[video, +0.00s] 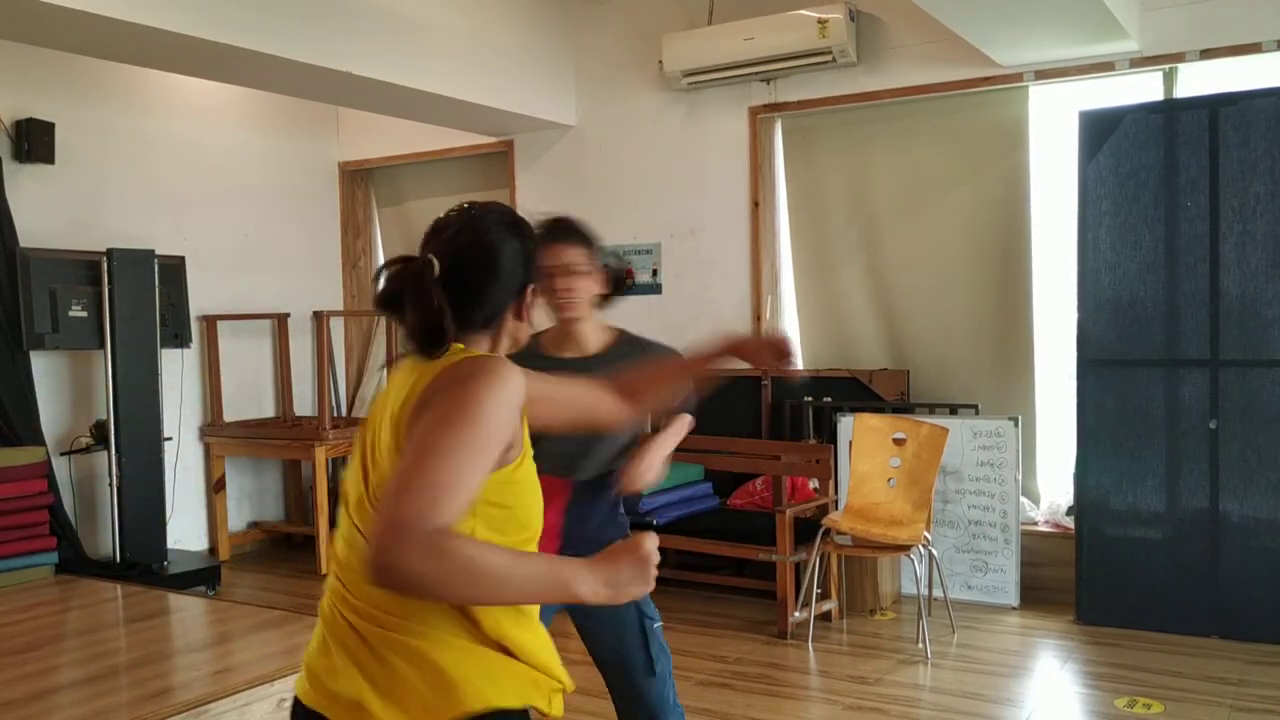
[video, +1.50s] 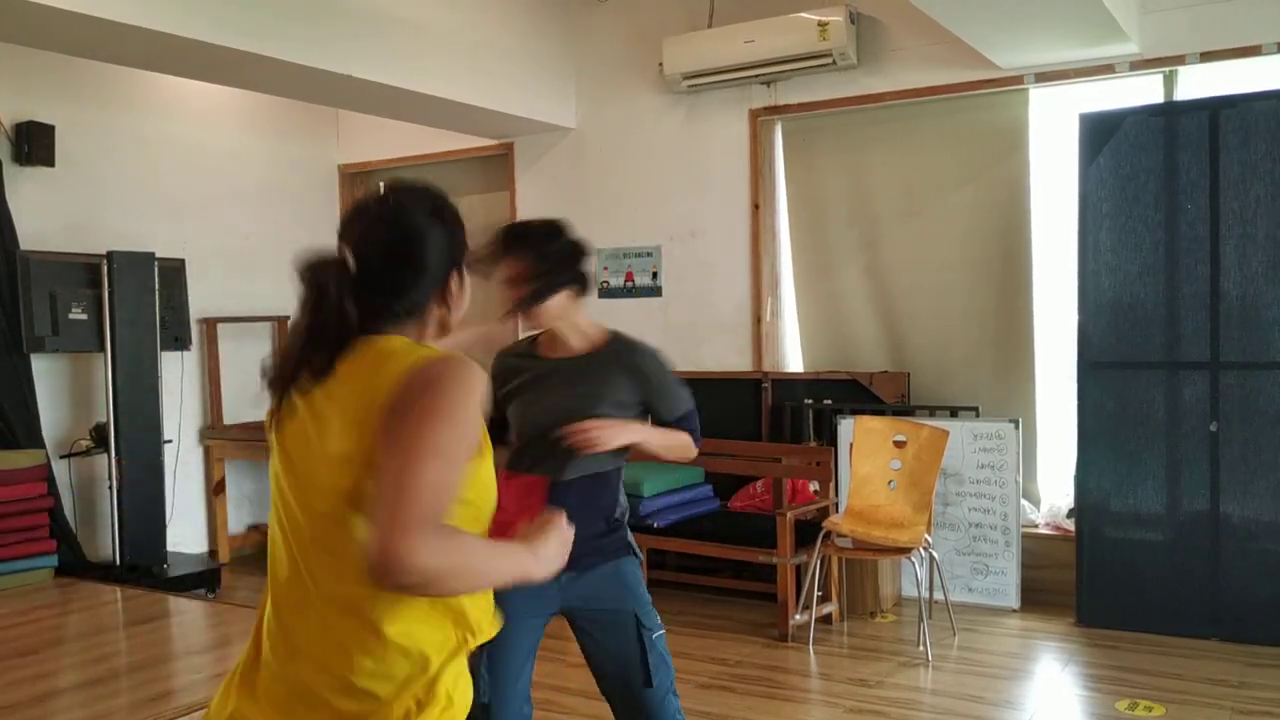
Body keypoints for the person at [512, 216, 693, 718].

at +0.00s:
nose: (564, 284)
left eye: (577, 271)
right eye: (552, 272)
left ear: (604, 279)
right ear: (537, 285)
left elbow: (683, 409)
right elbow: (488, 435)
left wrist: (657, 449)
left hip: (601, 539)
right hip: (522, 541)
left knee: (648, 693)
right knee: (489, 681)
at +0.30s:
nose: (712, 373)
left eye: (720, 363)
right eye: (722, 359)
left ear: (680, 321)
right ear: (713, 338)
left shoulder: (643, 363)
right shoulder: (647, 354)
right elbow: (658, 442)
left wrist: (741, 494)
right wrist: (739, 499)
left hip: (621, 559)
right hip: (573, 558)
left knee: (671, 703)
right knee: (544, 704)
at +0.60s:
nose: (706, 324)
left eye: (718, 315)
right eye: (699, 304)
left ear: (723, 320)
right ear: (665, 293)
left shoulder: (650, 364)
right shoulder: (630, 355)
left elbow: (616, 458)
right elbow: (586, 459)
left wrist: (647, 525)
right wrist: (663, 515)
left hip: (621, 559)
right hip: (566, 557)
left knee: (663, 702)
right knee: (539, 702)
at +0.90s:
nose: (473, 318)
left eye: (473, 301)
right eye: (470, 305)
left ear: (497, 289)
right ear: (498, 292)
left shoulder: (592, 343)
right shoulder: (516, 363)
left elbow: (674, 416)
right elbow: (523, 448)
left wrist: (688, 513)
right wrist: (454, 428)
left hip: (611, 554)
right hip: (535, 557)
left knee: (659, 705)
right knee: (513, 703)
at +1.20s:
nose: (429, 373)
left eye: (417, 362)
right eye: (419, 364)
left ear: (426, 348)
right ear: (452, 321)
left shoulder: (505, 365)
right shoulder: (517, 360)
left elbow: (494, 482)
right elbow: (600, 423)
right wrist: (634, 489)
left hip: (602, 556)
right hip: (533, 564)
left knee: (651, 703)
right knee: (509, 703)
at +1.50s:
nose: (511, 298)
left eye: (520, 283)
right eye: (507, 284)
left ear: (561, 282)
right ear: (509, 288)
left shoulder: (632, 361)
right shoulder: (511, 365)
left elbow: (687, 443)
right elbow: (502, 447)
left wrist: (630, 432)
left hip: (603, 562)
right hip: (517, 566)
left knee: (653, 706)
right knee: (499, 705)